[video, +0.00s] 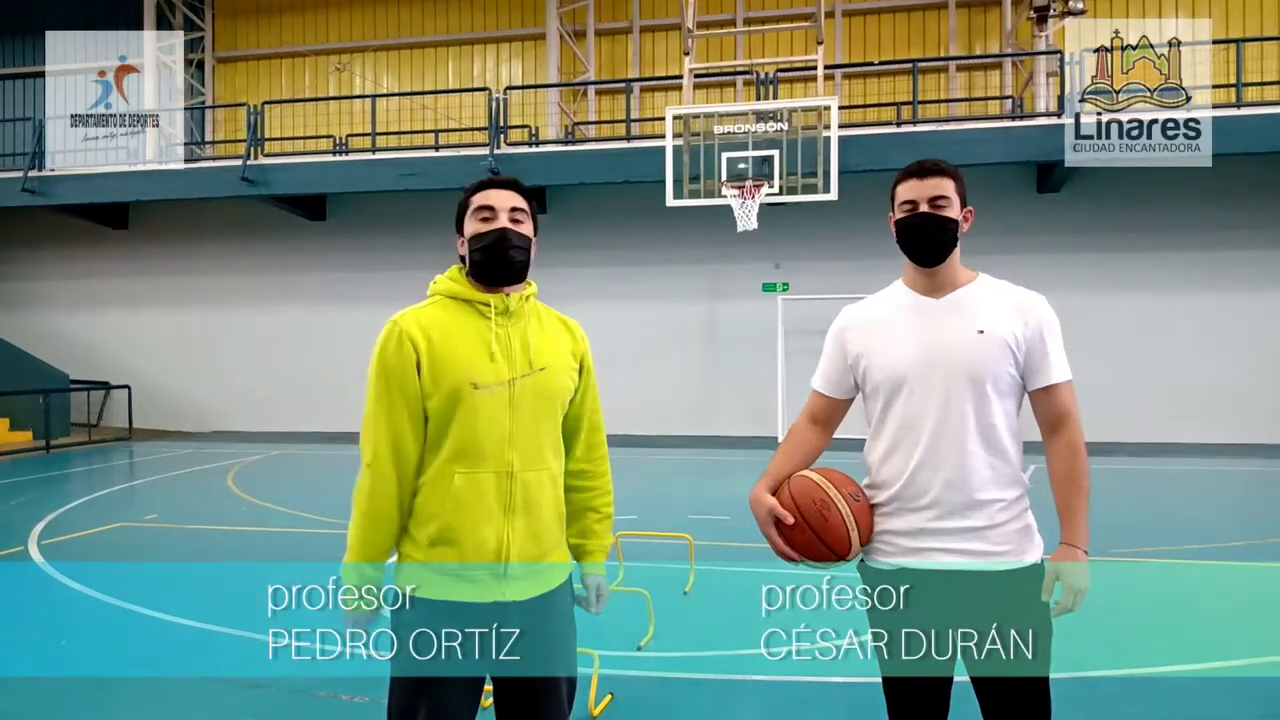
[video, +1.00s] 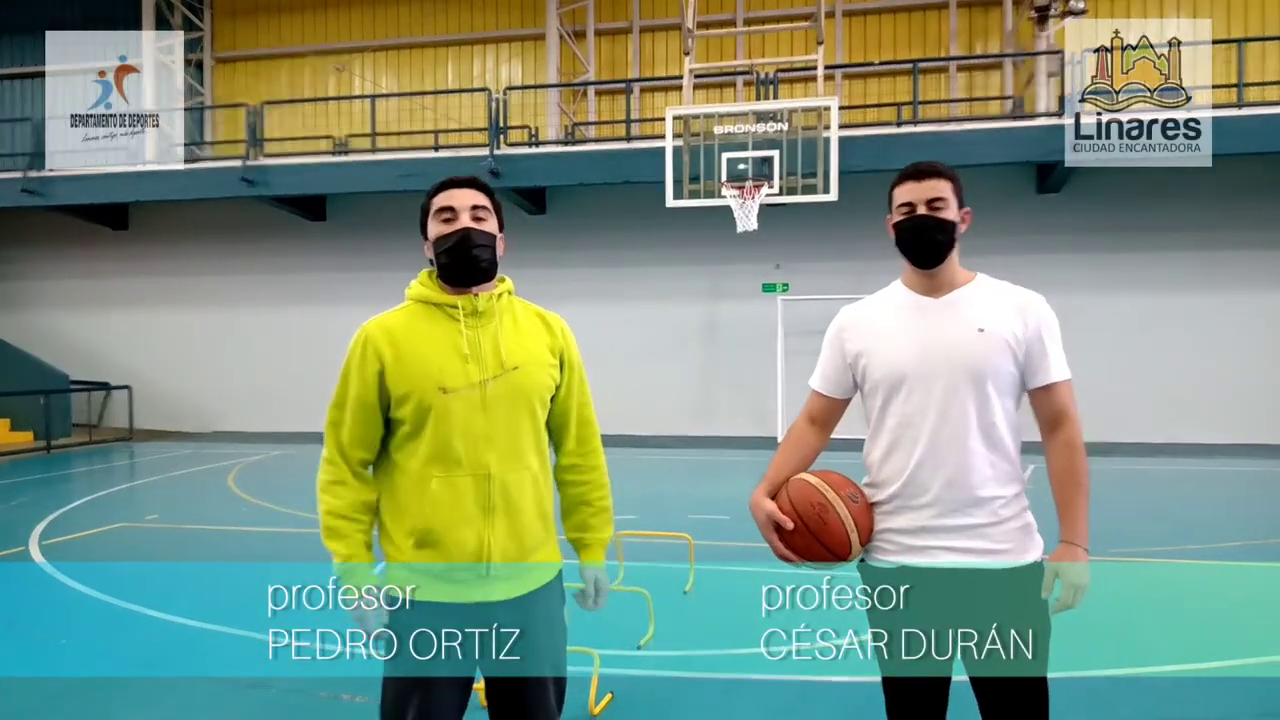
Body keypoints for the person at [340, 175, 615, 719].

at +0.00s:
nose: (503, 225)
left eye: (518, 217)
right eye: (486, 216)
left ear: (535, 242)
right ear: (462, 242)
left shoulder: (566, 337)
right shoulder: (412, 334)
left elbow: (587, 459)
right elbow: (387, 463)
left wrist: (591, 557)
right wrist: (363, 579)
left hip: (541, 589)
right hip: (440, 590)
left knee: (547, 710)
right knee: (429, 713)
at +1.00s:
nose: (465, 223)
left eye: (480, 214)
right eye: (446, 216)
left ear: (501, 240)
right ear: (427, 244)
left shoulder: (547, 332)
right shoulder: (383, 339)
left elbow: (580, 450)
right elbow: (345, 464)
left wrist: (592, 551)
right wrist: (355, 572)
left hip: (530, 587)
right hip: (426, 591)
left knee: (536, 712)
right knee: (419, 715)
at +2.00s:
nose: (489, 229)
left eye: (504, 220)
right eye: (471, 219)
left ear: (522, 243)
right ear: (449, 244)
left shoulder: (562, 337)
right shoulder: (402, 340)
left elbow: (592, 456)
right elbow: (370, 466)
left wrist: (601, 554)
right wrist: (365, 581)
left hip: (544, 588)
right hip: (440, 591)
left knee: (550, 711)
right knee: (433, 714)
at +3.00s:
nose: (487, 227)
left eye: (503, 218)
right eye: (469, 219)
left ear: (522, 242)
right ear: (449, 243)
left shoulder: (563, 337)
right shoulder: (403, 340)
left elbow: (594, 457)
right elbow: (371, 466)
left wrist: (599, 552)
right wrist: (397, 569)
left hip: (543, 590)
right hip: (439, 592)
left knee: (547, 712)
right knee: (431, 715)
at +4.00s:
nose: (477, 227)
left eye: (492, 217)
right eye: (459, 218)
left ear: (513, 241)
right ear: (440, 244)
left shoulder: (558, 336)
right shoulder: (396, 344)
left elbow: (593, 454)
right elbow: (363, 474)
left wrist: (601, 550)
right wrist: (380, 589)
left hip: (541, 592)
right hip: (436, 596)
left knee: (548, 712)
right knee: (430, 715)